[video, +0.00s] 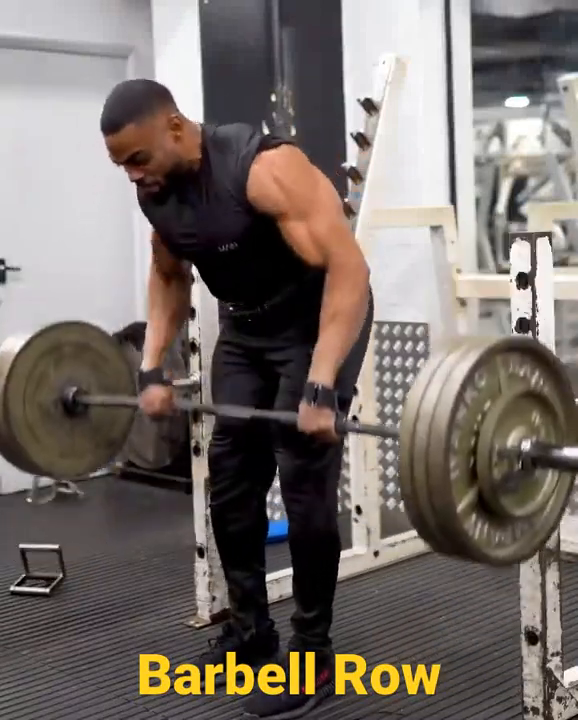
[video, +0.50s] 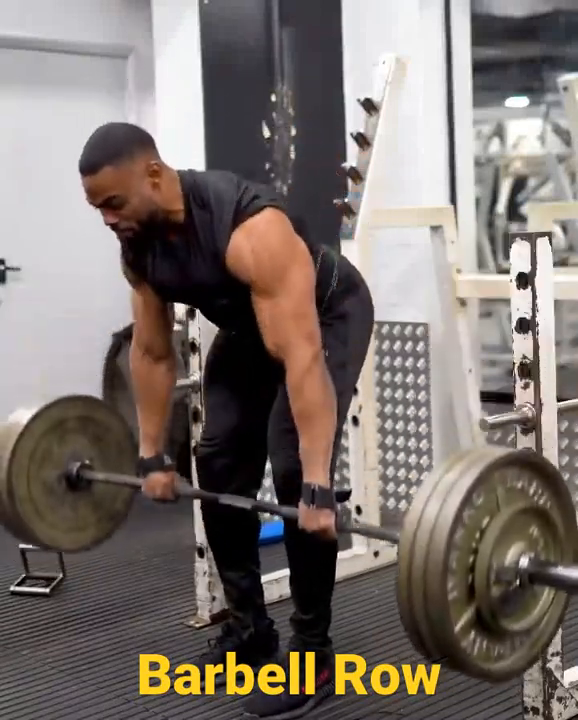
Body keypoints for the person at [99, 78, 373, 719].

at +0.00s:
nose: (133, 176)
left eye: (139, 159)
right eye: (124, 165)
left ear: (178, 128)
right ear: (120, 154)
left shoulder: (268, 167)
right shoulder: (158, 192)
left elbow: (350, 271)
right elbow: (169, 276)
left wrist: (320, 385)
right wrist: (153, 367)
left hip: (316, 331)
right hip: (245, 338)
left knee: (305, 488)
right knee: (230, 484)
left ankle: (311, 649)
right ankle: (250, 628)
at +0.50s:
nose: (108, 220)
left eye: (114, 204)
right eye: (99, 209)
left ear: (155, 174)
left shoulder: (252, 230)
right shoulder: (141, 244)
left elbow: (304, 356)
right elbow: (151, 352)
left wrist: (317, 484)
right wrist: (152, 454)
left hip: (326, 312)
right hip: (248, 324)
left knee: (293, 465)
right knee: (218, 468)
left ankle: (310, 648)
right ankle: (248, 626)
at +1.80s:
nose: (108, 179)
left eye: (112, 162)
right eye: (99, 168)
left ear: (152, 128)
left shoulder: (246, 156)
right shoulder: (141, 183)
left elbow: (346, 231)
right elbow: (166, 247)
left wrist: (314, 341)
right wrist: (148, 324)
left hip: (303, 317)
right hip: (232, 323)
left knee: (294, 476)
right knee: (224, 477)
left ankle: (310, 646)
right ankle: (248, 625)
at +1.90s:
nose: (115, 179)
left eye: (119, 162)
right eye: (105, 169)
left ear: (159, 130)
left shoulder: (253, 164)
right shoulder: (147, 188)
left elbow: (343, 254)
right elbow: (164, 261)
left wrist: (310, 366)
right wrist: (149, 348)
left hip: (307, 323)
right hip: (235, 329)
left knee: (299, 483)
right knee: (226, 485)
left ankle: (311, 647)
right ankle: (249, 626)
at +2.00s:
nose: (115, 186)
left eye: (119, 168)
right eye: (106, 175)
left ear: (160, 137)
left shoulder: (253, 176)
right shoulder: (147, 201)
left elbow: (332, 277)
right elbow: (158, 288)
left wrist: (307, 398)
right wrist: (142, 380)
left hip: (315, 321)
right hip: (241, 332)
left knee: (302, 475)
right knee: (226, 481)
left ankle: (311, 646)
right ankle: (248, 627)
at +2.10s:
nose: (111, 190)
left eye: (115, 173)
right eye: (102, 178)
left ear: (155, 141)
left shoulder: (252, 185)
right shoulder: (144, 208)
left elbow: (321, 295)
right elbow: (153, 304)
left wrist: (306, 419)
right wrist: (141, 398)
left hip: (315, 319)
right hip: (243, 329)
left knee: (303, 466)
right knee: (222, 467)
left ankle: (310, 646)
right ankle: (248, 627)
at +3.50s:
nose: (109, 151)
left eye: (113, 134)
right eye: (99, 140)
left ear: (155, 104)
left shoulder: (240, 134)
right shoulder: (139, 163)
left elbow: (359, 187)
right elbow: (164, 217)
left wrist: (308, 285)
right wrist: (143, 279)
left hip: (293, 323)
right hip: (220, 326)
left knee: (283, 473)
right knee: (216, 474)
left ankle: (309, 647)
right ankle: (246, 628)